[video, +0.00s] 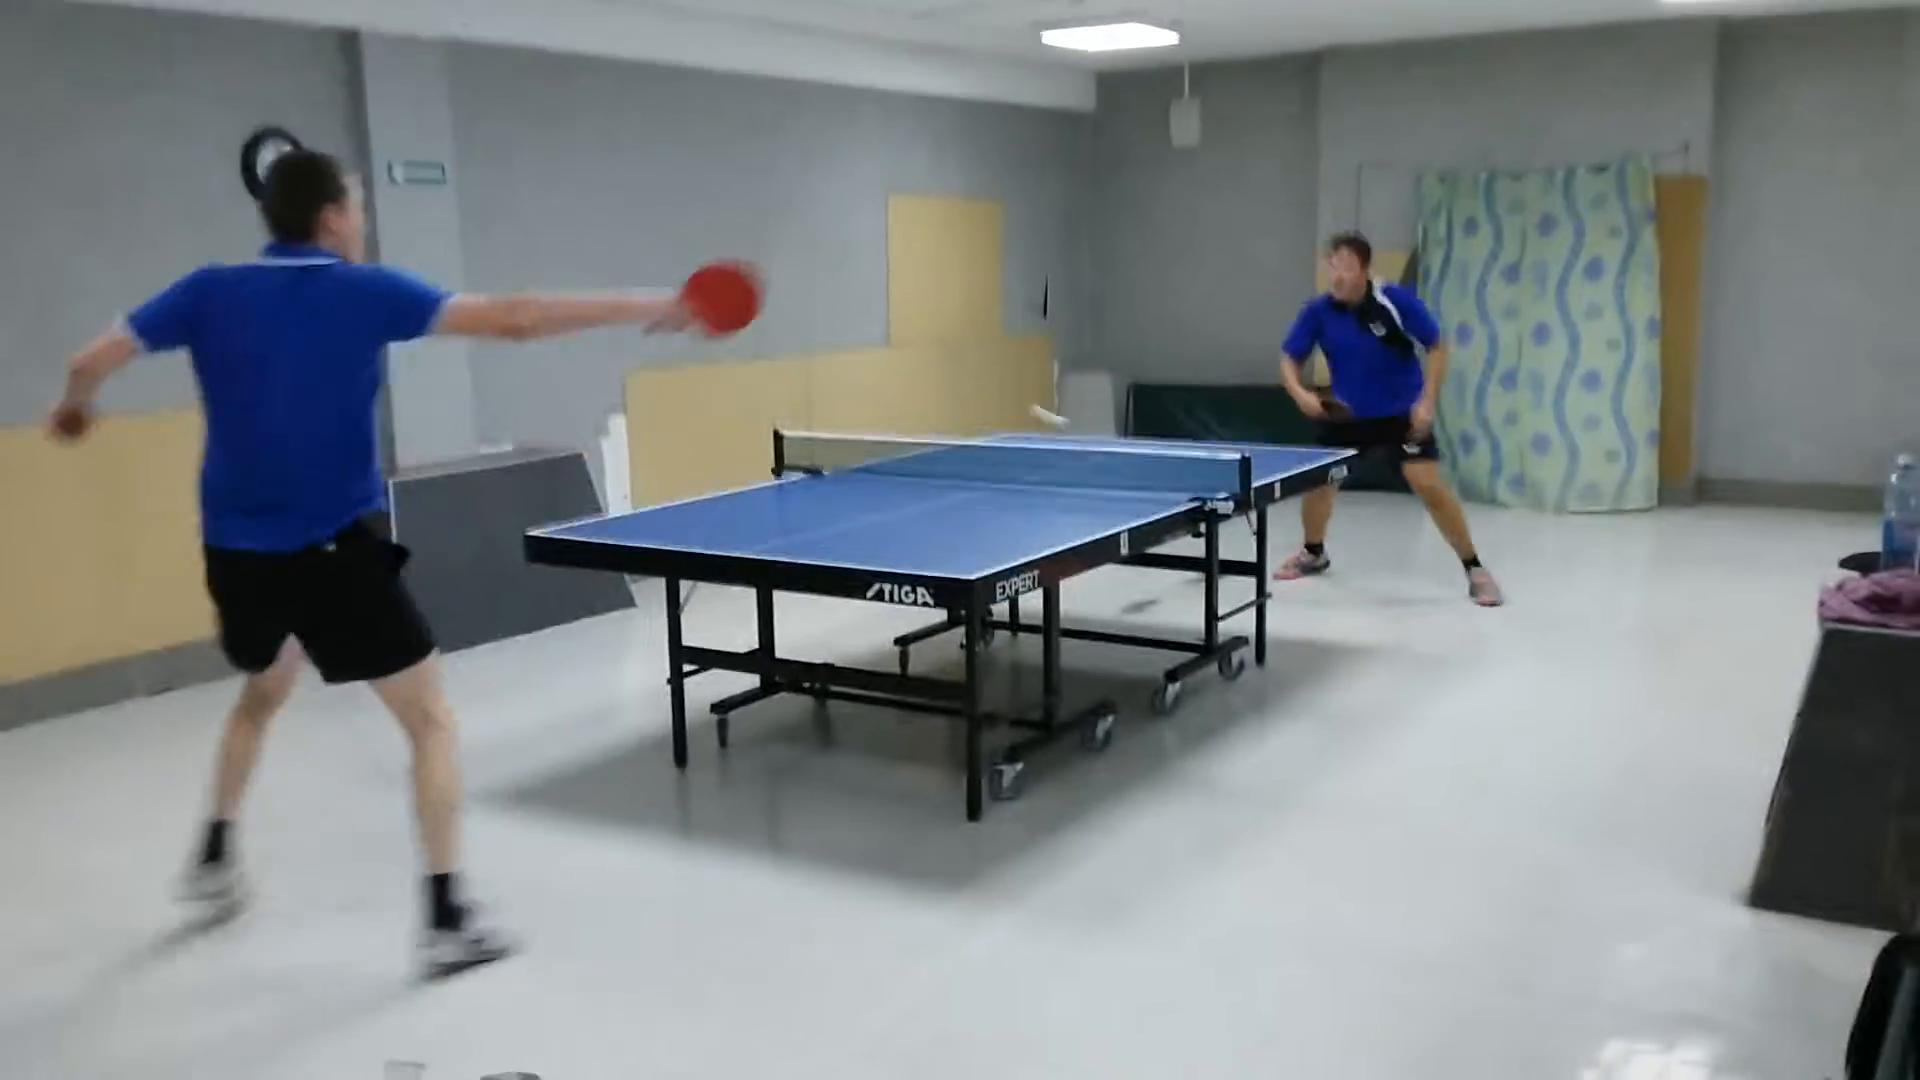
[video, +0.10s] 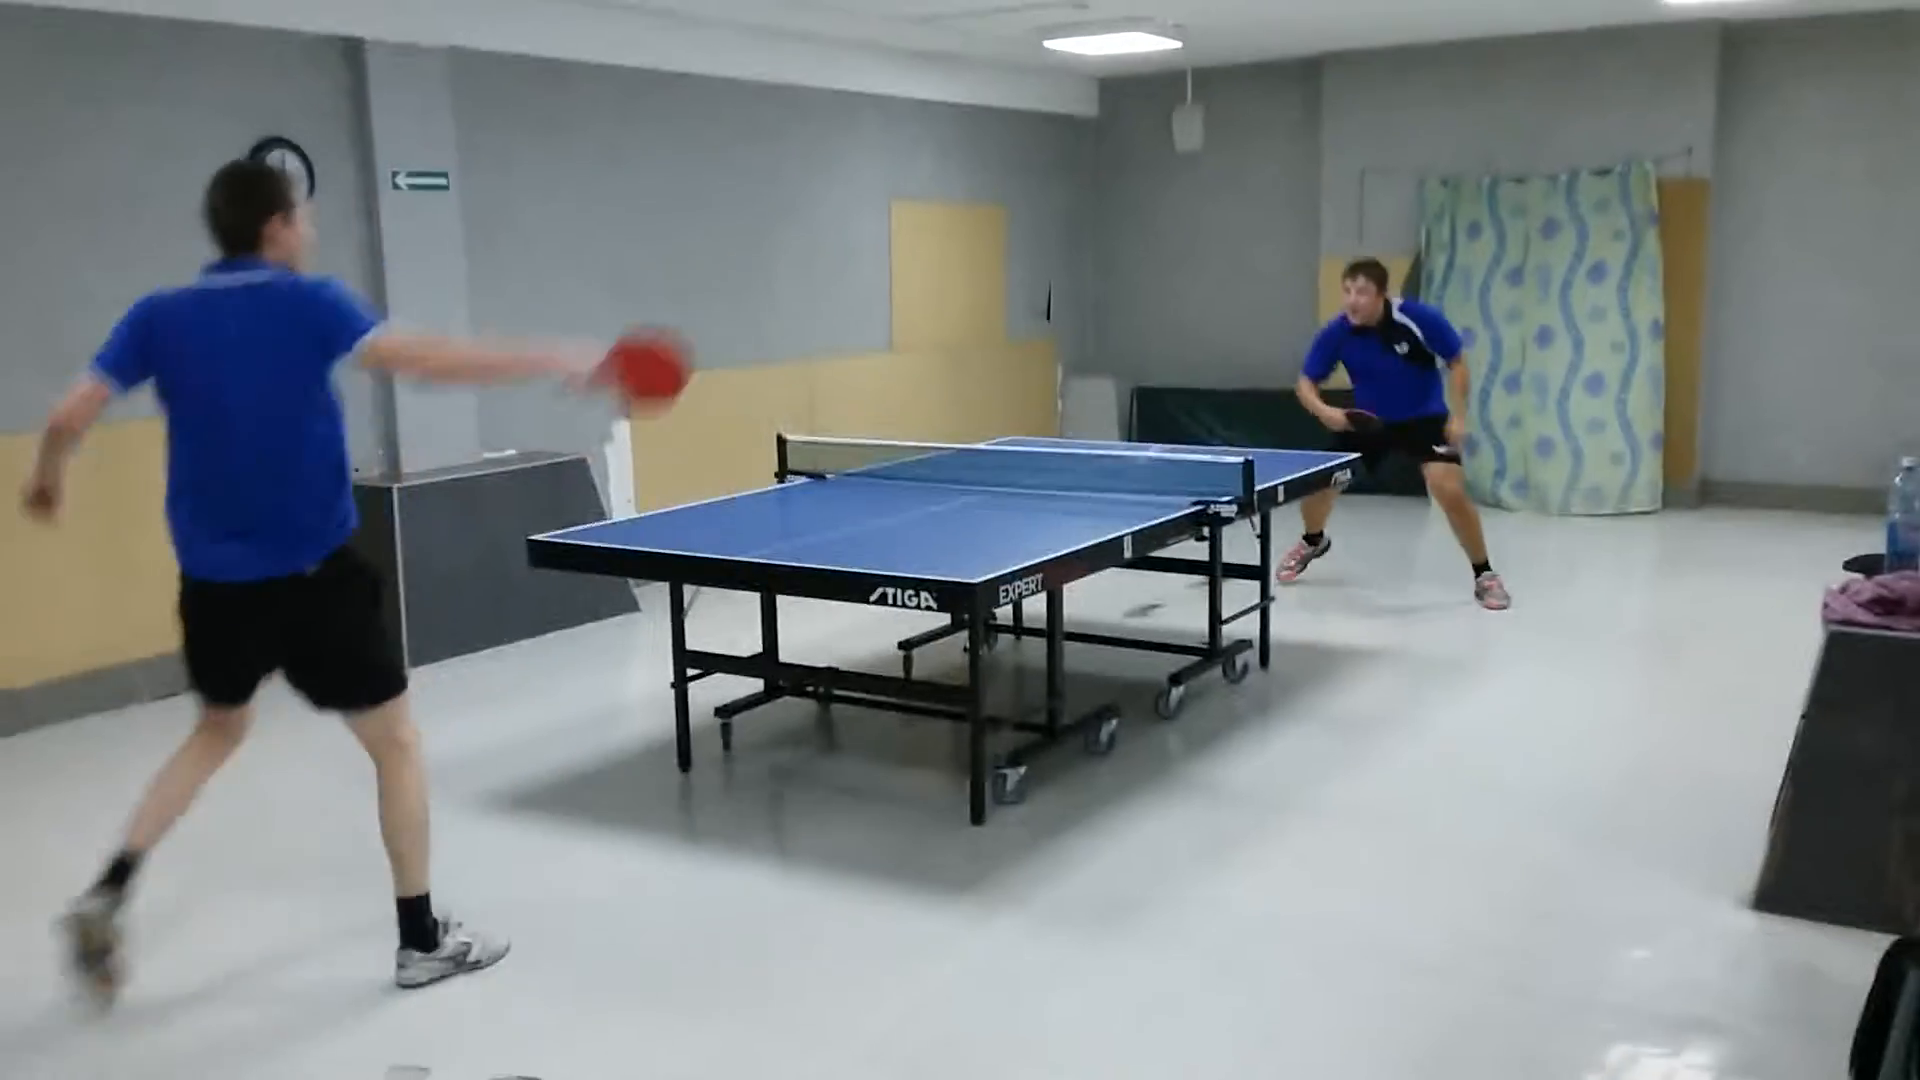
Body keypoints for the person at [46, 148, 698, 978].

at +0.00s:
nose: (360, 220)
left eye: (354, 206)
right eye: (353, 207)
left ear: (275, 218)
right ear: (330, 216)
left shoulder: (212, 291)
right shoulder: (363, 292)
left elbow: (91, 359)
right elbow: (510, 319)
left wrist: (73, 408)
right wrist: (647, 308)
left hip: (237, 555)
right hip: (338, 551)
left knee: (266, 683)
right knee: (430, 721)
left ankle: (212, 856)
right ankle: (447, 920)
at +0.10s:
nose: (307, 230)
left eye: (301, 214)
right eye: (300, 217)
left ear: (221, 230)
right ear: (277, 227)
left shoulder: (161, 315)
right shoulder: (309, 302)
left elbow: (65, 418)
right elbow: (411, 357)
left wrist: (46, 477)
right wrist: (558, 361)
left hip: (215, 587)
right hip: (318, 578)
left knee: (218, 725)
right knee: (396, 744)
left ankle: (109, 889)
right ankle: (421, 937)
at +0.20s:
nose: (278, 280)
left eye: (275, 264)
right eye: (272, 265)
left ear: (194, 280)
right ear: (242, 274)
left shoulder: (132, 367)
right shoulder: (267, 355)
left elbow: (68, 492)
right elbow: (334, 455)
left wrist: (101, 572)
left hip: (171, 634)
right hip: (273, 621)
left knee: (142, 792)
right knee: (391, 748)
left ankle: (29, 979)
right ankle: (427, 932)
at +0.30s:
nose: (250, 286)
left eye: (245, 269)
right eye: (243, 271)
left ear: (163, 284)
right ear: (213, 279)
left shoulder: (99, 370)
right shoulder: (223, 375)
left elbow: (52, 490)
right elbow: (266, 513)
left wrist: (128, 542)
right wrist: (383, 583)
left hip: (104, 645)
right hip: (204, 635)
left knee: (88, 813)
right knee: (339, 757)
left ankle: (3, 1004)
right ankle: (410, 945)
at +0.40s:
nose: (252, 282)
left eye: (247, 266)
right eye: (244, 267)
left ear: (168, 280)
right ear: (213, 277)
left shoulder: (91, 354)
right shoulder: (220, 375)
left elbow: (37, 475)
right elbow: (234, 520)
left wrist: (138, 508)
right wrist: (341, 601)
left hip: (51, 620)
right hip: (152, 617)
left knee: (84, 787)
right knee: (287, 772)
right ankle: (320, 980)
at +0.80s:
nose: (150, 423)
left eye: (146, 407)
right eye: (144, 408)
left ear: (69, 416)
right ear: (115, 413)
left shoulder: (12, 472)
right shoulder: (122, 493)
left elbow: (16, 575)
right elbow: (211, 626)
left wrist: (75, 632)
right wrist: (193, 704)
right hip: (30, 709)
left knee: (14, 807)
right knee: (179, 853)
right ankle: (212, 1061)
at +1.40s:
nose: (103, 313)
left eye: (98, 297)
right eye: (96, 298)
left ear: (22, 306)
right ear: (64, 303)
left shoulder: (1, 370)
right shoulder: (95, 381)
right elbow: (212, 495)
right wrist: (326, 561)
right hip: (40, 625)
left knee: (7, 776)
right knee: (119, 829)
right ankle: (111, 1045)